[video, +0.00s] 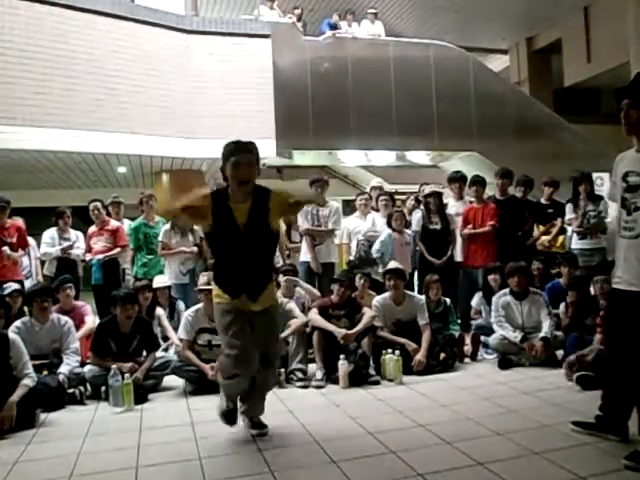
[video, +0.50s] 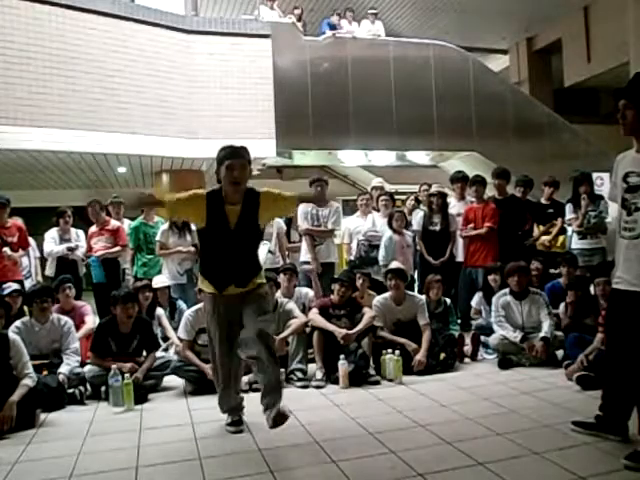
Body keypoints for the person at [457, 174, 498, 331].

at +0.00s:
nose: (475, 190)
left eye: (478, 187)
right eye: (472, 187)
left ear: (483, 189)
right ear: (469, 189)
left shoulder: (490, 207)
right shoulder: (468, 210)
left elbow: (491, 226)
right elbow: (462, 230)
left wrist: (470, 231)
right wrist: (475, 228)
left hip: (486, 259)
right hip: (470, 259)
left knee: (486, 296)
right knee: (466, 296)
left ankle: (487, 325)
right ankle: (465, 328)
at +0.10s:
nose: (475, 190)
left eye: (478, 187)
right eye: (472, 187)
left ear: (484, 189)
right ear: (469, 189)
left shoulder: (491, 208)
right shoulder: (468, 210)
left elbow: (490, 226)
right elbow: (462, 231)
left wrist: (470, 231)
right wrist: (478, 228)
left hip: (486, 259)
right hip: (470, 259)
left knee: (486, 296)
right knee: (465, 297)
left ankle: (486, 327)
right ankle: (464, 329)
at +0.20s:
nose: (475, 190)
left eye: (478, 187)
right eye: (473, 187)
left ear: (484, 189)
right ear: (469, 189)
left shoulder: (490, 208)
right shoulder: (468, 210)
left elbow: (487, 228)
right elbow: (461, 232)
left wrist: (468, 232)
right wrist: (474, 227)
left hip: (486, 259)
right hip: (470, 259)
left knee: (485, 297)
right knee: (465, 298)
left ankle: (486, 328)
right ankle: (465, 329)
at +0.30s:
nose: (475, 190)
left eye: (478, 187)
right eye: (473, 187)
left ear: (484, 189)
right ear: (470, 189)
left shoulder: (491, 208)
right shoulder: (468, 210)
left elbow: (487, 228)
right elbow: (461, 231)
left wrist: (468, 233)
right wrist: (473, 228)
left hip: (486, 259)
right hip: (470, 259)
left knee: (485, 296)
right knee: (465, 297)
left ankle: (486, 328)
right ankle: (464, 329)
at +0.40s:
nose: (475, 190)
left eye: (478, 187)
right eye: (472, 187)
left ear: (484, 189)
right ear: (469, 189)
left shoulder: (491, 208)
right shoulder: (468, 210)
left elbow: (487, 228)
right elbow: (462, 231)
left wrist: (469, 233)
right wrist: (472, 228)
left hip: (486, 259)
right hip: (470, 259)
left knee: (485, 297)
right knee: (465, 297)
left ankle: (486, 328)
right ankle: (465, 329)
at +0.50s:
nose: (475, 190)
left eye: (479, 187)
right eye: (473, 187)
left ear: (484, 189)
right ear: (469, 189)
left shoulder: (491, 208)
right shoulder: (469, 210)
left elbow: (486, 230)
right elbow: (461, 231)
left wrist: (468, 232)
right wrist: (473, 228)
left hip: (486, 259)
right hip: (470, 259)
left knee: (486, 296)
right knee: (465, 296)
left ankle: (487, 325)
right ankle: (465, 326)